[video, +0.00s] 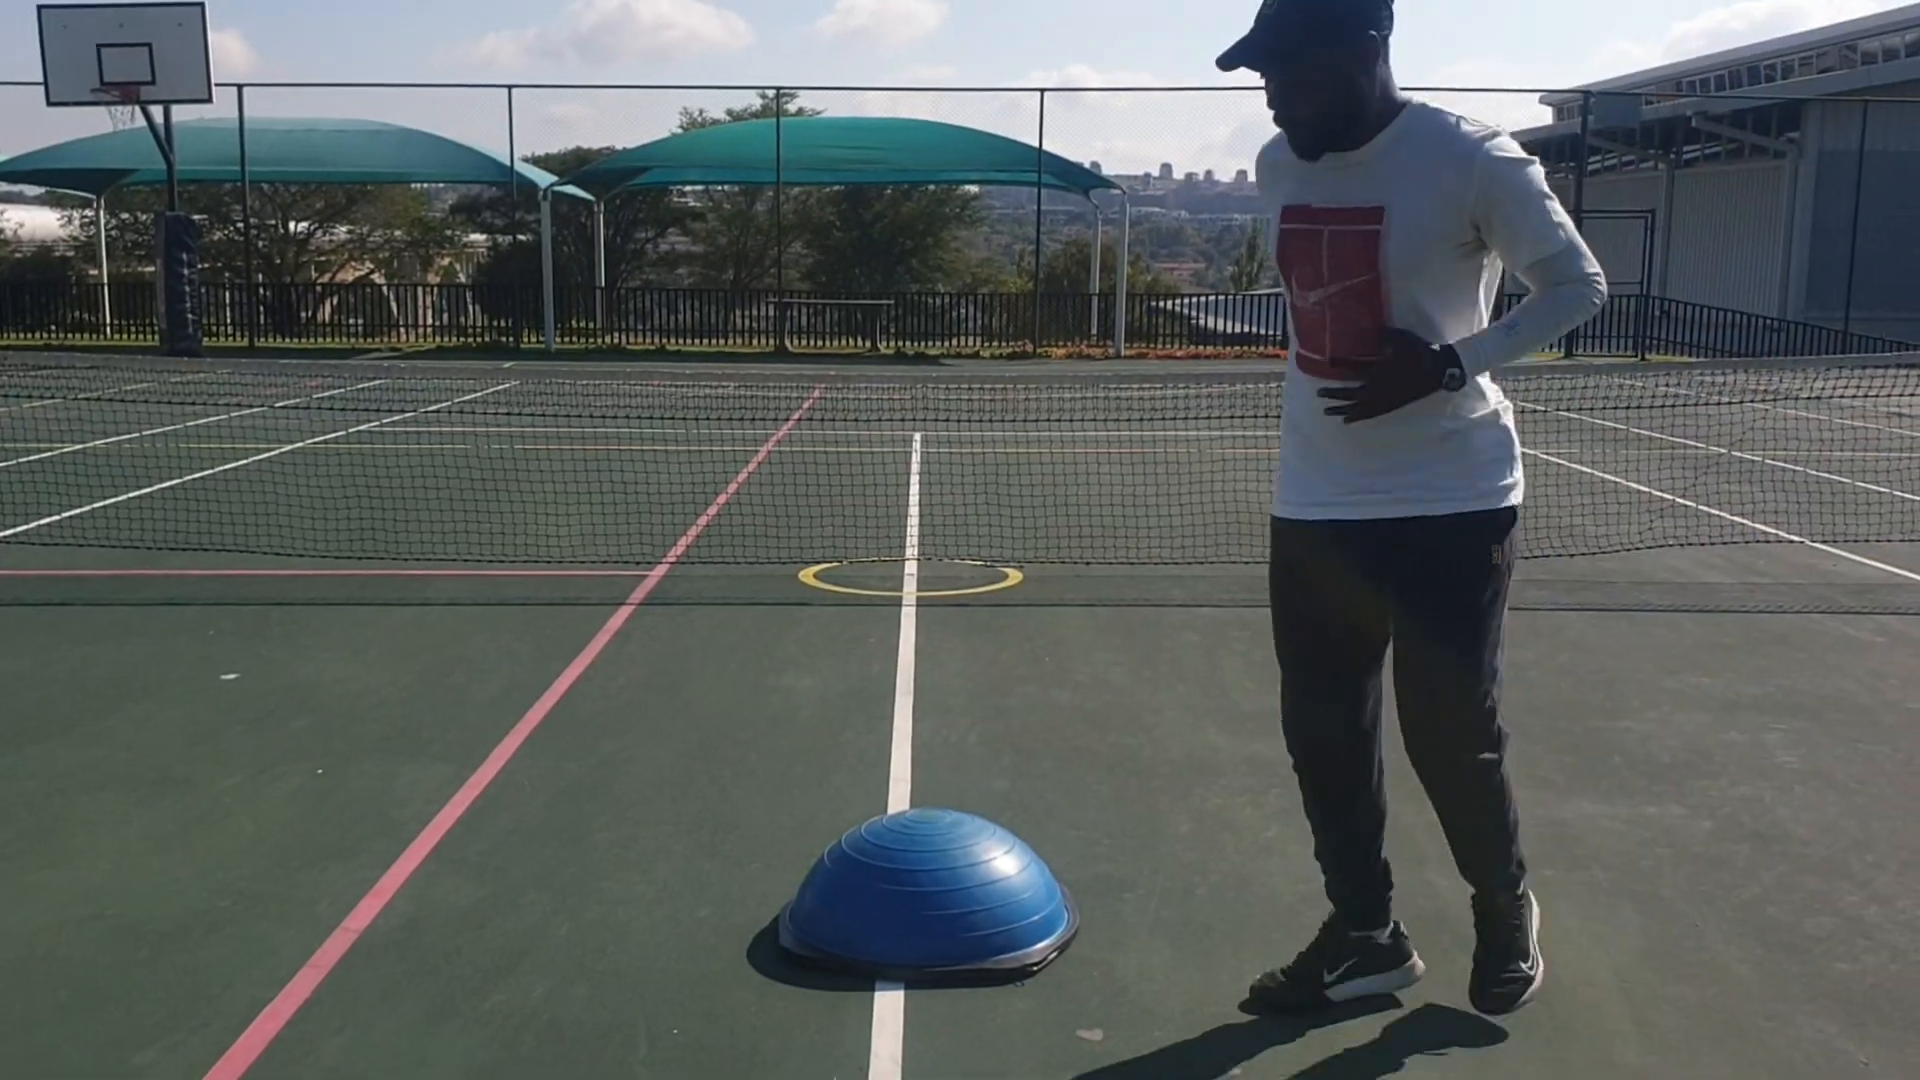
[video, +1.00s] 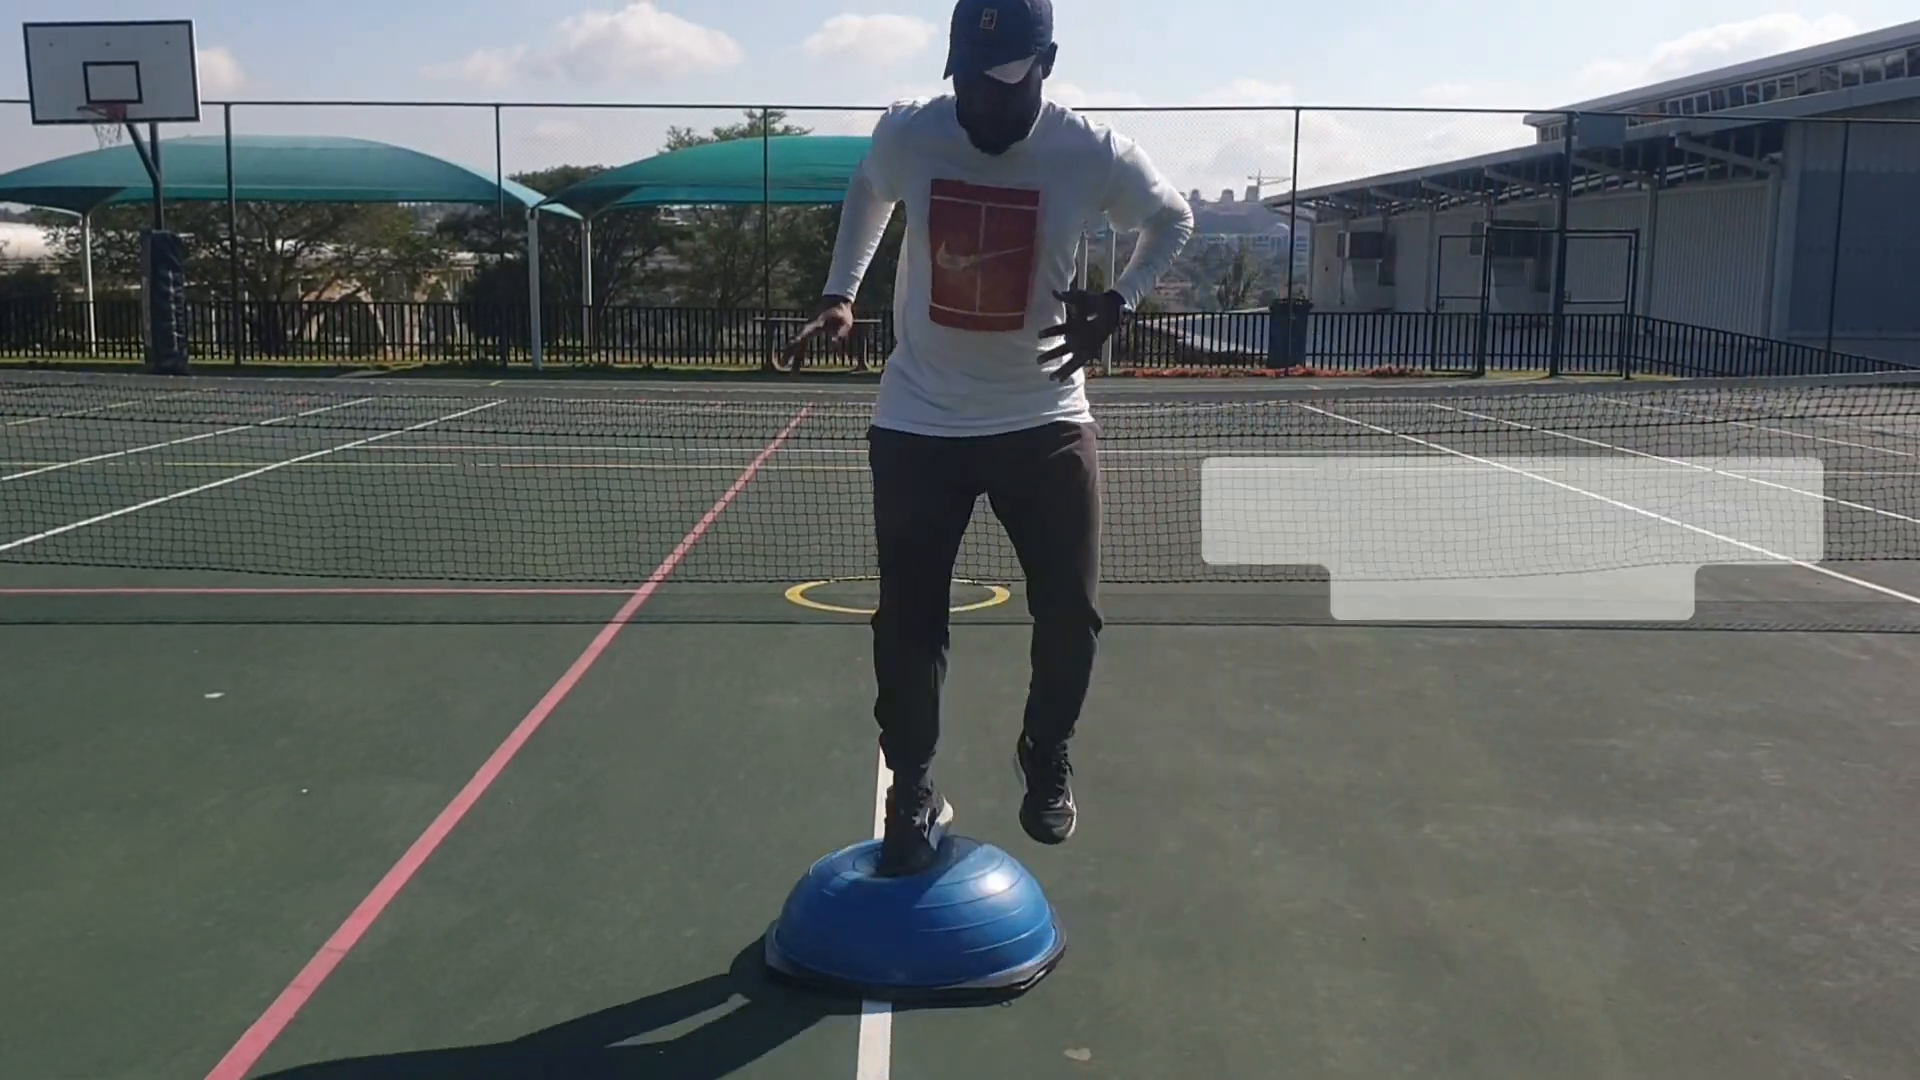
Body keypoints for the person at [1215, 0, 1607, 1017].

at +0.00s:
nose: (1270, 96)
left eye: (1285, 74)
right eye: (1265, 76)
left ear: (1360, 58)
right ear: (1273, 73)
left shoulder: (1469, 161)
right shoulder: (1280, 167)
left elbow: (1577, 284)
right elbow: (1314, 291)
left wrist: (1453, 360)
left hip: (1448, 504)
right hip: (1316, 502)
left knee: (1447, 733)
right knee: (1324, 735)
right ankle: (1364, 933)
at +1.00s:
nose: (983, 99)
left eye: (1003, 81)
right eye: (971, 80)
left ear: (1041, 66)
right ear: (954, 64)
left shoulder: (1085, 152)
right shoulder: (906, 134)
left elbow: (1173, 218)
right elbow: (871, 194)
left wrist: (1118, 301)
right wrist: (841, 290)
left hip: (1043, 419)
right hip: (919, 419)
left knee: (1070, 608)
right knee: (908, 613)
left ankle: (1048, 761)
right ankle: (912, 795)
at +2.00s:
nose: (1055, 157)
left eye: (1071, 138)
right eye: (1037, 137)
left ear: (1094, 139)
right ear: (1004, 135)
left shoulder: (1127, 220)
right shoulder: (941, 231)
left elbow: (1142, 263)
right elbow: (868, 296)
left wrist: (1130, 315)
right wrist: (910, 400)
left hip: (1102, 475)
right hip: (988, 476)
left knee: (1169, 665)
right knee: (992, 641)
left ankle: (1195, 821)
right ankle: (966, 808)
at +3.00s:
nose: (891, 119)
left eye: (904, 98)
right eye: (869, 100)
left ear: (927, 86)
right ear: (832, 94)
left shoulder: (975, 165)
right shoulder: (787, 186)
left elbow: (1065, 190)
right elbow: (735, 261)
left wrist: (1034, 238)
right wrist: (743, 320)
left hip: (936, 447)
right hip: (813, 448)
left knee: (916, 654)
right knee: (763, 640)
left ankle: (888, 827)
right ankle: (723, 815)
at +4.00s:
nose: (826, 176)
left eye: (842, 157)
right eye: (806, 158)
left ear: (867, 146)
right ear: (771, 149)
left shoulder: (915, 232)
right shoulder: (718, 233)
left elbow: (969, 275)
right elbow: (700, 285)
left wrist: (936, 348)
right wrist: (710, 376)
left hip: (864, 495)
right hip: (738, 502)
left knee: (911, 671)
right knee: (664, 699)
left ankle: (862, 809)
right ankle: (601, 878)